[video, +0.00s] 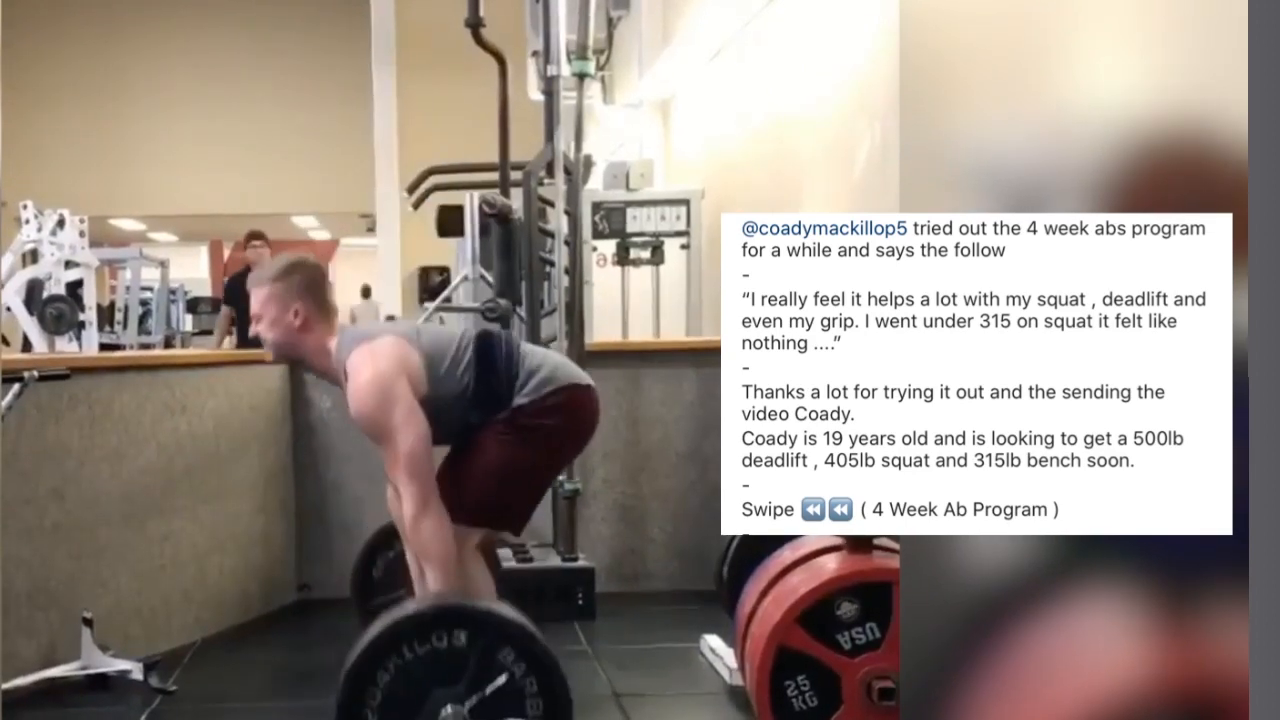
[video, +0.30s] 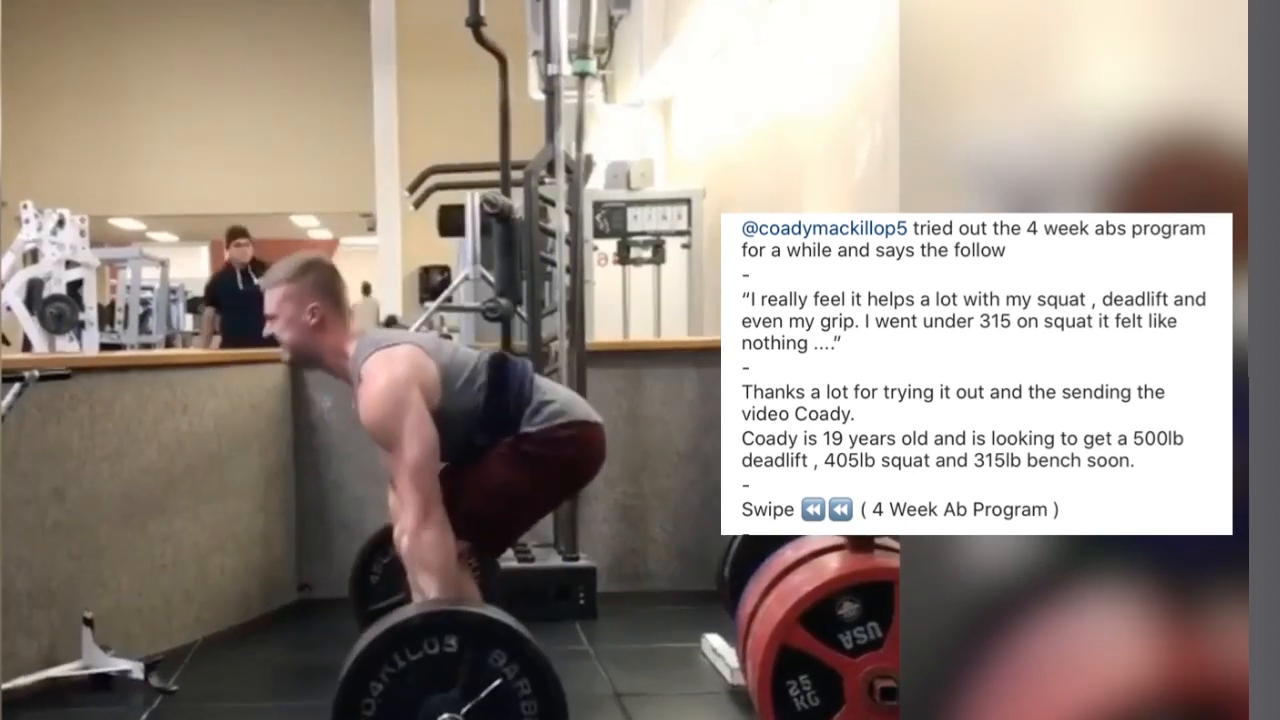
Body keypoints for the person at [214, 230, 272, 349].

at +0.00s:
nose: (258, 251)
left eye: (262, 246)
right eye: (253, 247)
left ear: (270, 250)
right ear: (245, 252)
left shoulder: (279, 278)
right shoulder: (236, 281)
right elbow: (225, 316)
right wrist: (215, 348)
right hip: (246, 348)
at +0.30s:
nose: (244, 250)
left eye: (247, 245)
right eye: (237, 245)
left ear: (252, 247)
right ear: (228, 249)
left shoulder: (266, 273)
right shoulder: (219, 280)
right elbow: (209, 317)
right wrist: (203, 350)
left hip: (267, 348)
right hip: (232, 349)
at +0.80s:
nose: (262, 252)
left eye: (266, 246)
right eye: (256, 246)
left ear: (269, 247)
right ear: (242, 247)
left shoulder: (277, 276)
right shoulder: (223, 275)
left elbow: (288, 315)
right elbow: (206, 314)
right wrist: (198, 351)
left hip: (271, 357)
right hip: (232, 359)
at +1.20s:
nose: (278, 248)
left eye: (281, 242)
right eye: (273, 242)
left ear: (286, 241)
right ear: (259, 241)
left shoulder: (286, 267)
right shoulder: (239, 266)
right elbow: (220, 304)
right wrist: (214, 344)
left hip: (282, 347)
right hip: (248, 349)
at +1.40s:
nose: (279, 249)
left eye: (282, 243)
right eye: (274, 244)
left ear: (287, 241)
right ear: (263, 242)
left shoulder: (288, 267)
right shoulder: (244, 271)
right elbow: (227, 311)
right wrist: (224, 349)